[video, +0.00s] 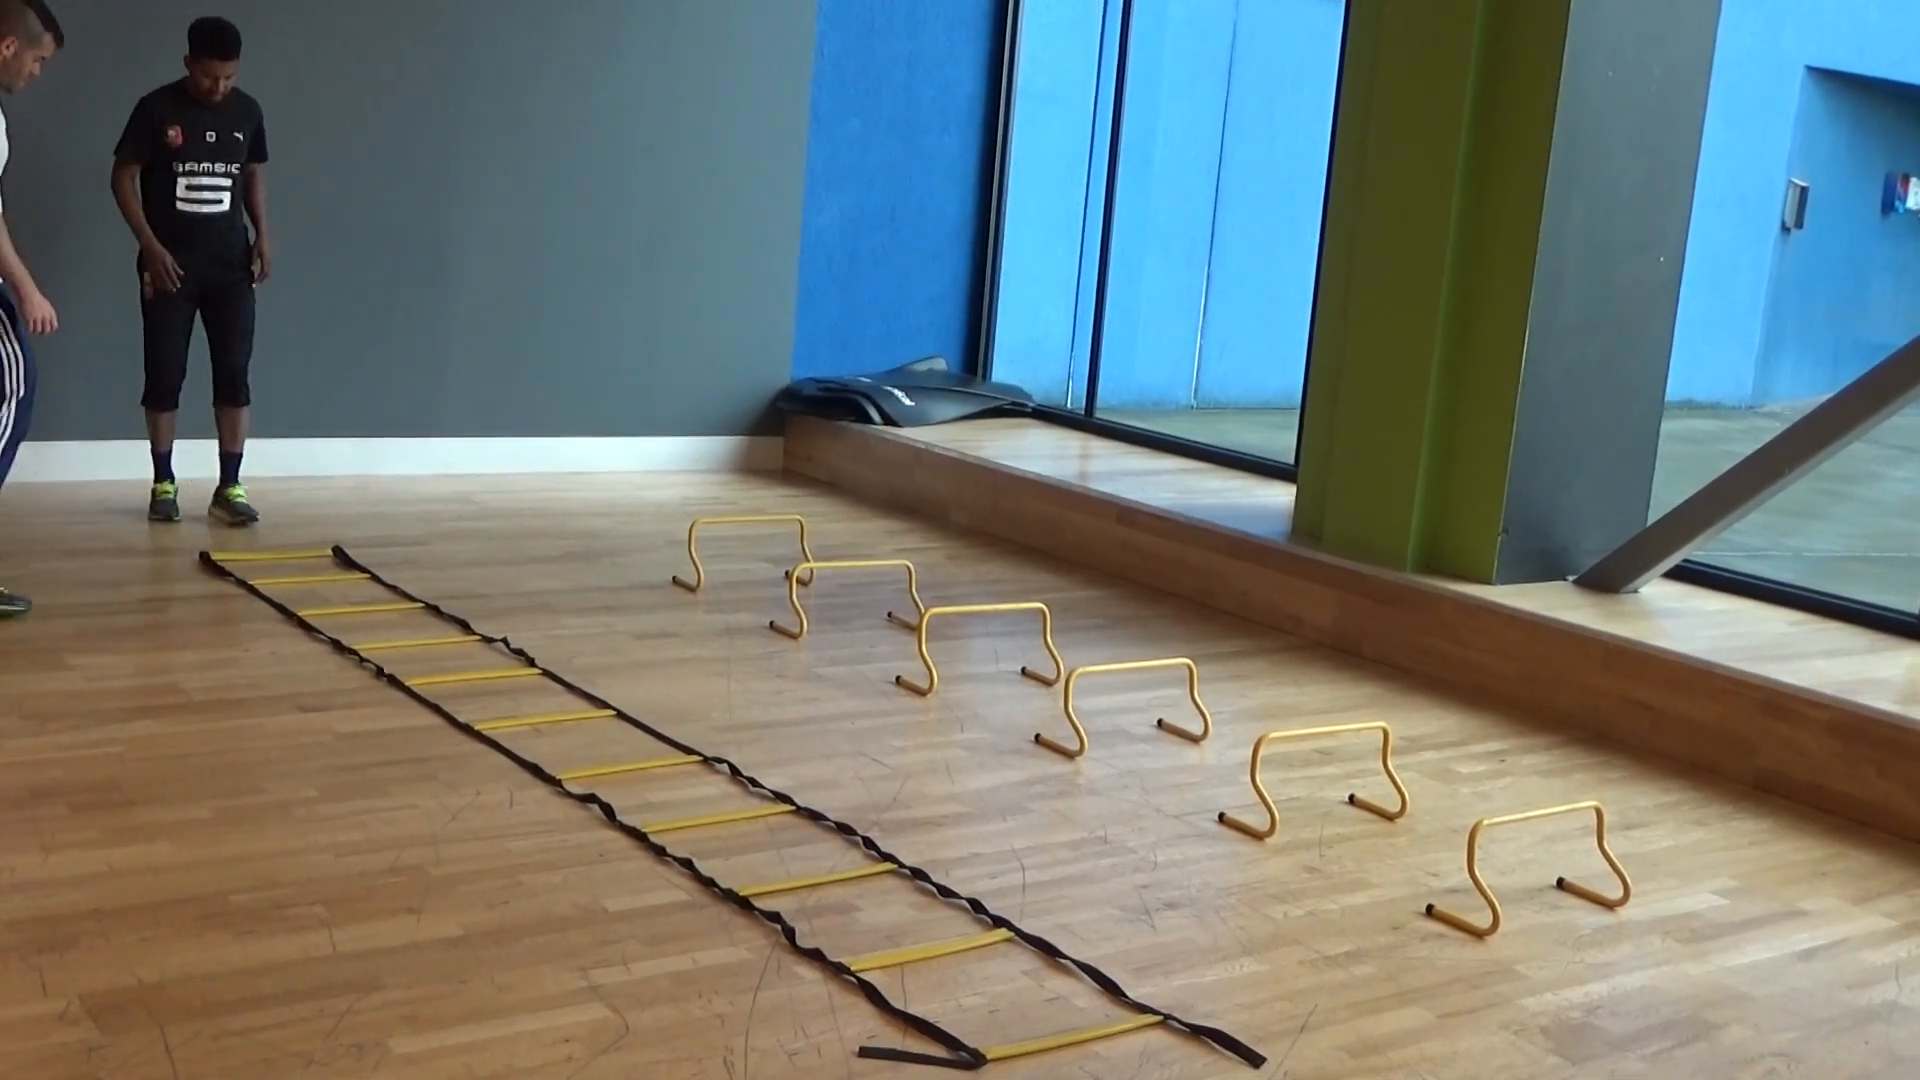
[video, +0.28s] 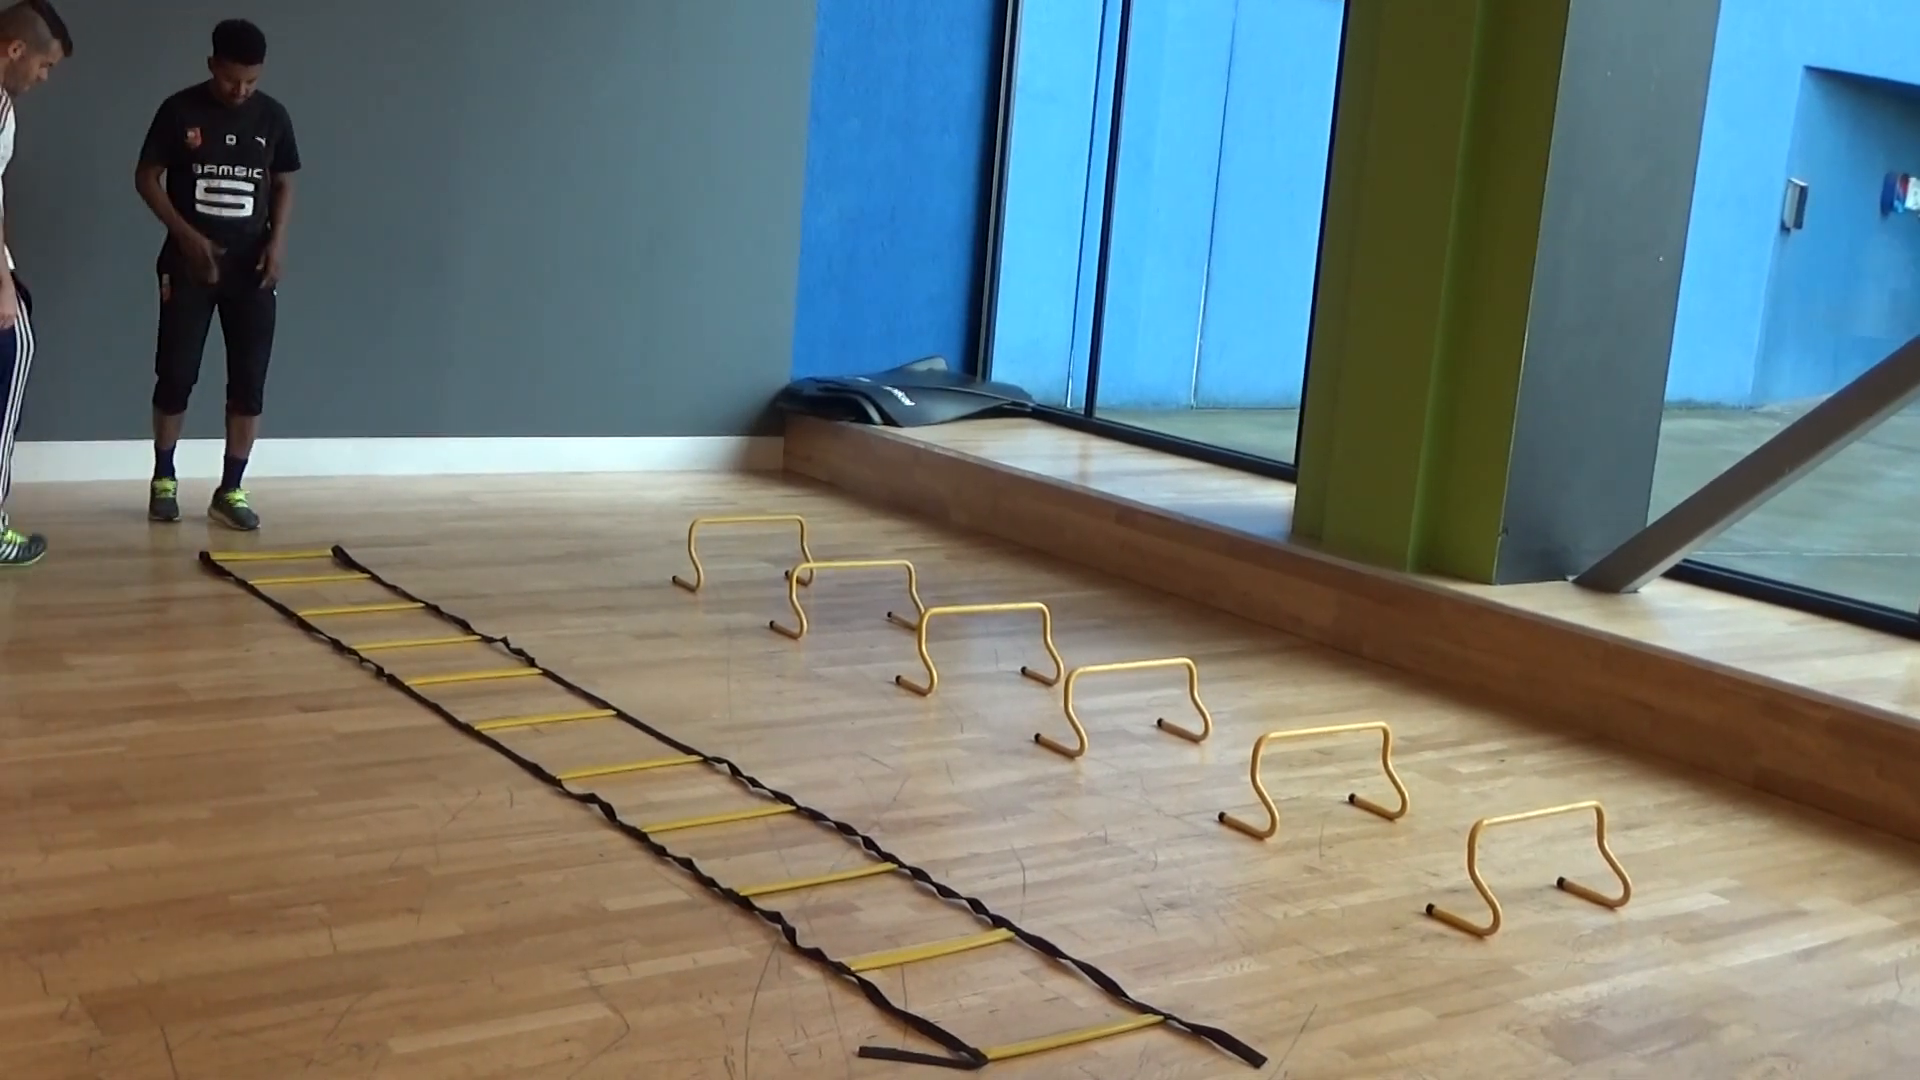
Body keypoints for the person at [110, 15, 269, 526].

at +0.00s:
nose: (220, 86)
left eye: (229, 76)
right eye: (210, 76)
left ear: (239, 66)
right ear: (189, 62)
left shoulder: (247, 112)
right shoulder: (155, 108)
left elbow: (253, 177)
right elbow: (123, 179)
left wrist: (262, 236)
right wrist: (149, 245)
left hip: (230, 266)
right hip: (169, 265)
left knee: (234, 374)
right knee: (164, 375)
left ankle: (231, 488)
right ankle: (163, 484)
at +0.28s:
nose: (241, 90)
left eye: (250, 80)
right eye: (231, 79)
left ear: (262, 70)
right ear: (212, 64)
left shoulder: (273, 117)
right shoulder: (179, 110)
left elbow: (284, 184)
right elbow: (146, 178)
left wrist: (277, 241)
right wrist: (185, 234)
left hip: (251, 267)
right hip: (189, 264)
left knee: (249, 382)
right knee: (176, 377)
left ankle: (231, 490)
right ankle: (165, 478)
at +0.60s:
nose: (257, 89)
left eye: (267, 80)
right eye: (248, 78)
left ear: (278, 71)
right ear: (229, 63)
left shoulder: (286, 116)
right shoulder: (196, 107)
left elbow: (306, 183)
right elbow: (164, 179)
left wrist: (281, 215)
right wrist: (222, 205)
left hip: (264, 264)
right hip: (201, 261)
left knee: (259, 379)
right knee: (186, 372)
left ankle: (232, 489)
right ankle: (170, 475)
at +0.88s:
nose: (257, 84)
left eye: (267, 75)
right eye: (248, 72)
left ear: (276, 68)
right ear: (227, 59)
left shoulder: (283, 117)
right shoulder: (191, 107)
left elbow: (297, 182)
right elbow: (157, 179)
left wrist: (283, 206)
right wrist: (180, 206)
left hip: (261, 262)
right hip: (200, 259)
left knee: (253, 378)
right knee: (189, 372)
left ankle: (233, 490)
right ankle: (186, 467)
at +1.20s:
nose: (234, 79)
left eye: (244, 70)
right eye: (225, 68)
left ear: (254, 65)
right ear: (205, 58)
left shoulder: (264, 114)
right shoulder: (173, 105)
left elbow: (280, 181)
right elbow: (146, 179)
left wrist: (264, 209)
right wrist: (196, 211)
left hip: (244, 259)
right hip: (183, 259)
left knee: (239, 372)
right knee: (181, 370)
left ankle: (232, 488)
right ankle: (187, 477)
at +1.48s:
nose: (227, 78)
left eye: (236, 69)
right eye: (218, 68)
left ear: (246, 62)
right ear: (198, 57)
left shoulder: (257, 109)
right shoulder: (166, 106)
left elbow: (271, 172)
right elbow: (139, 174)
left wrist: (256, 213)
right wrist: (176, 219)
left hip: (243, 258)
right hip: (182, 257)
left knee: (248, 365)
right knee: (179, 369)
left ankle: (232, 474)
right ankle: (186, 476)